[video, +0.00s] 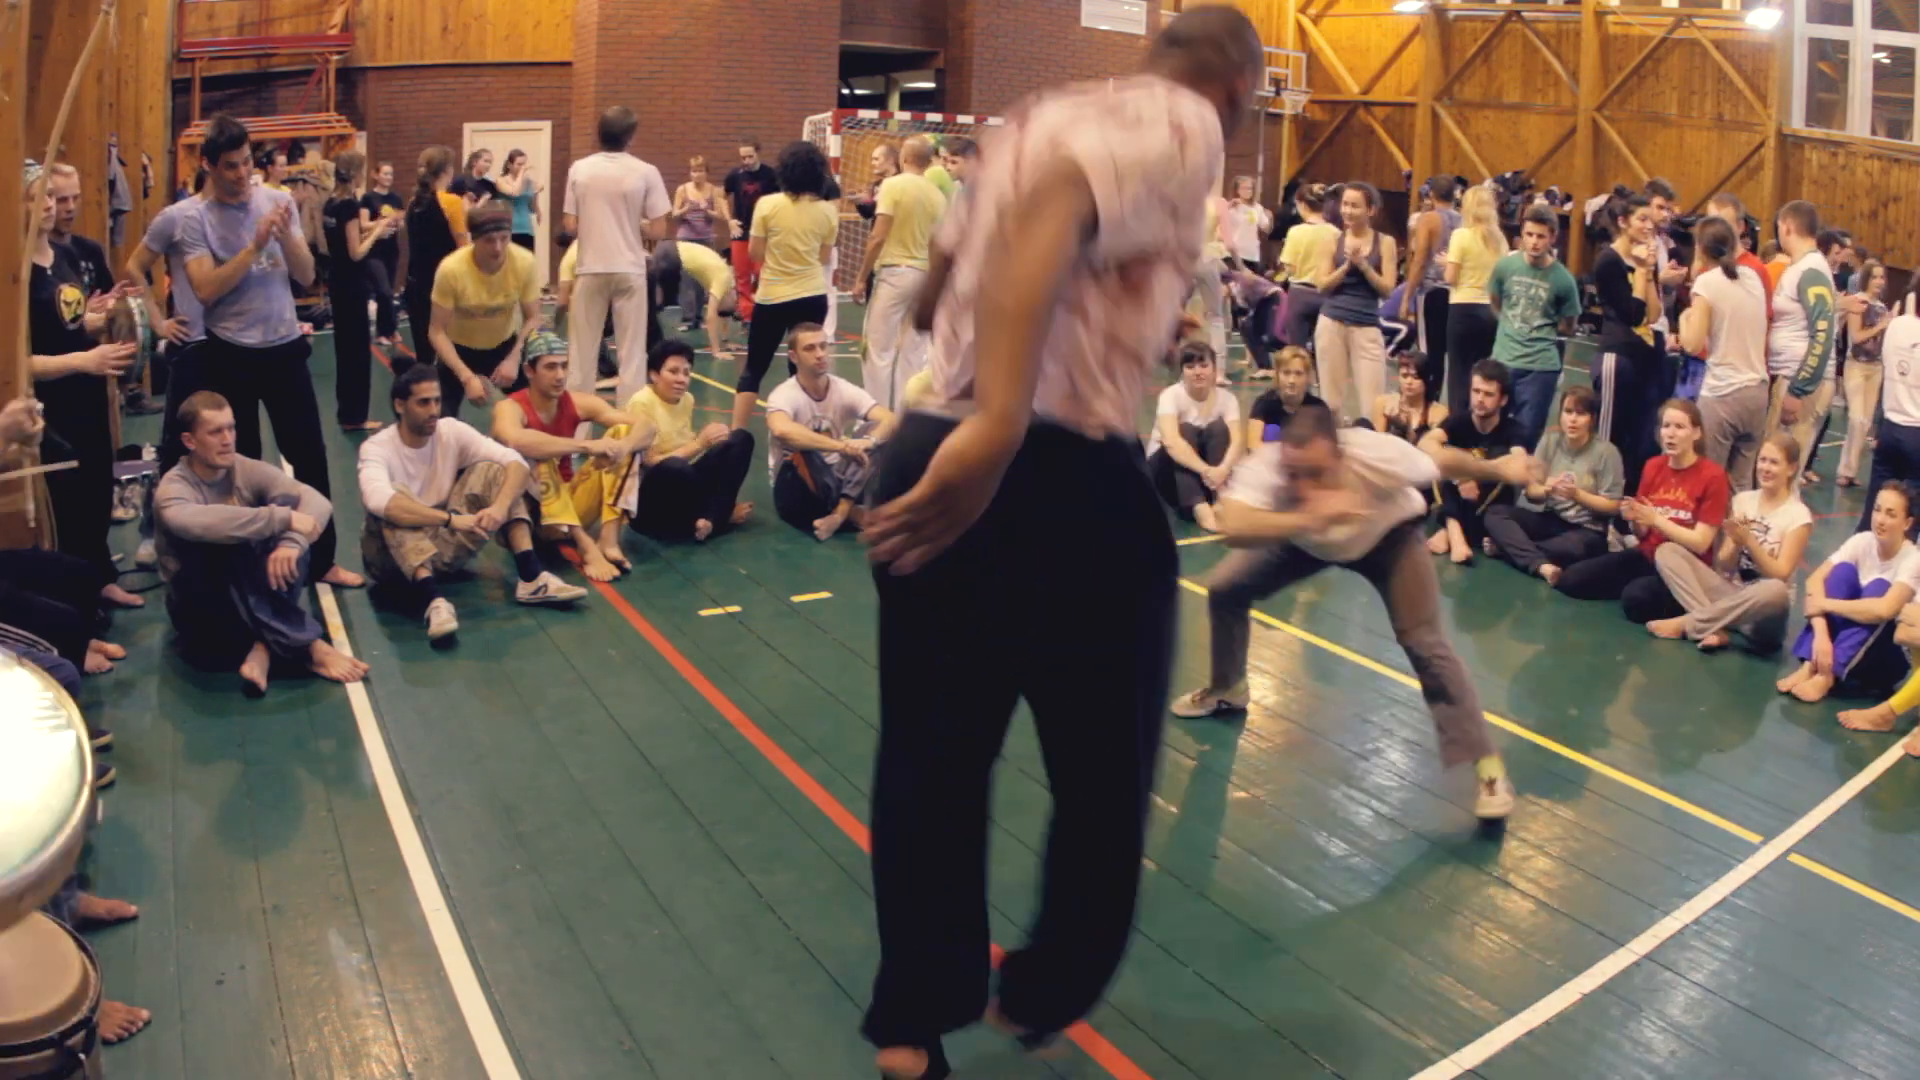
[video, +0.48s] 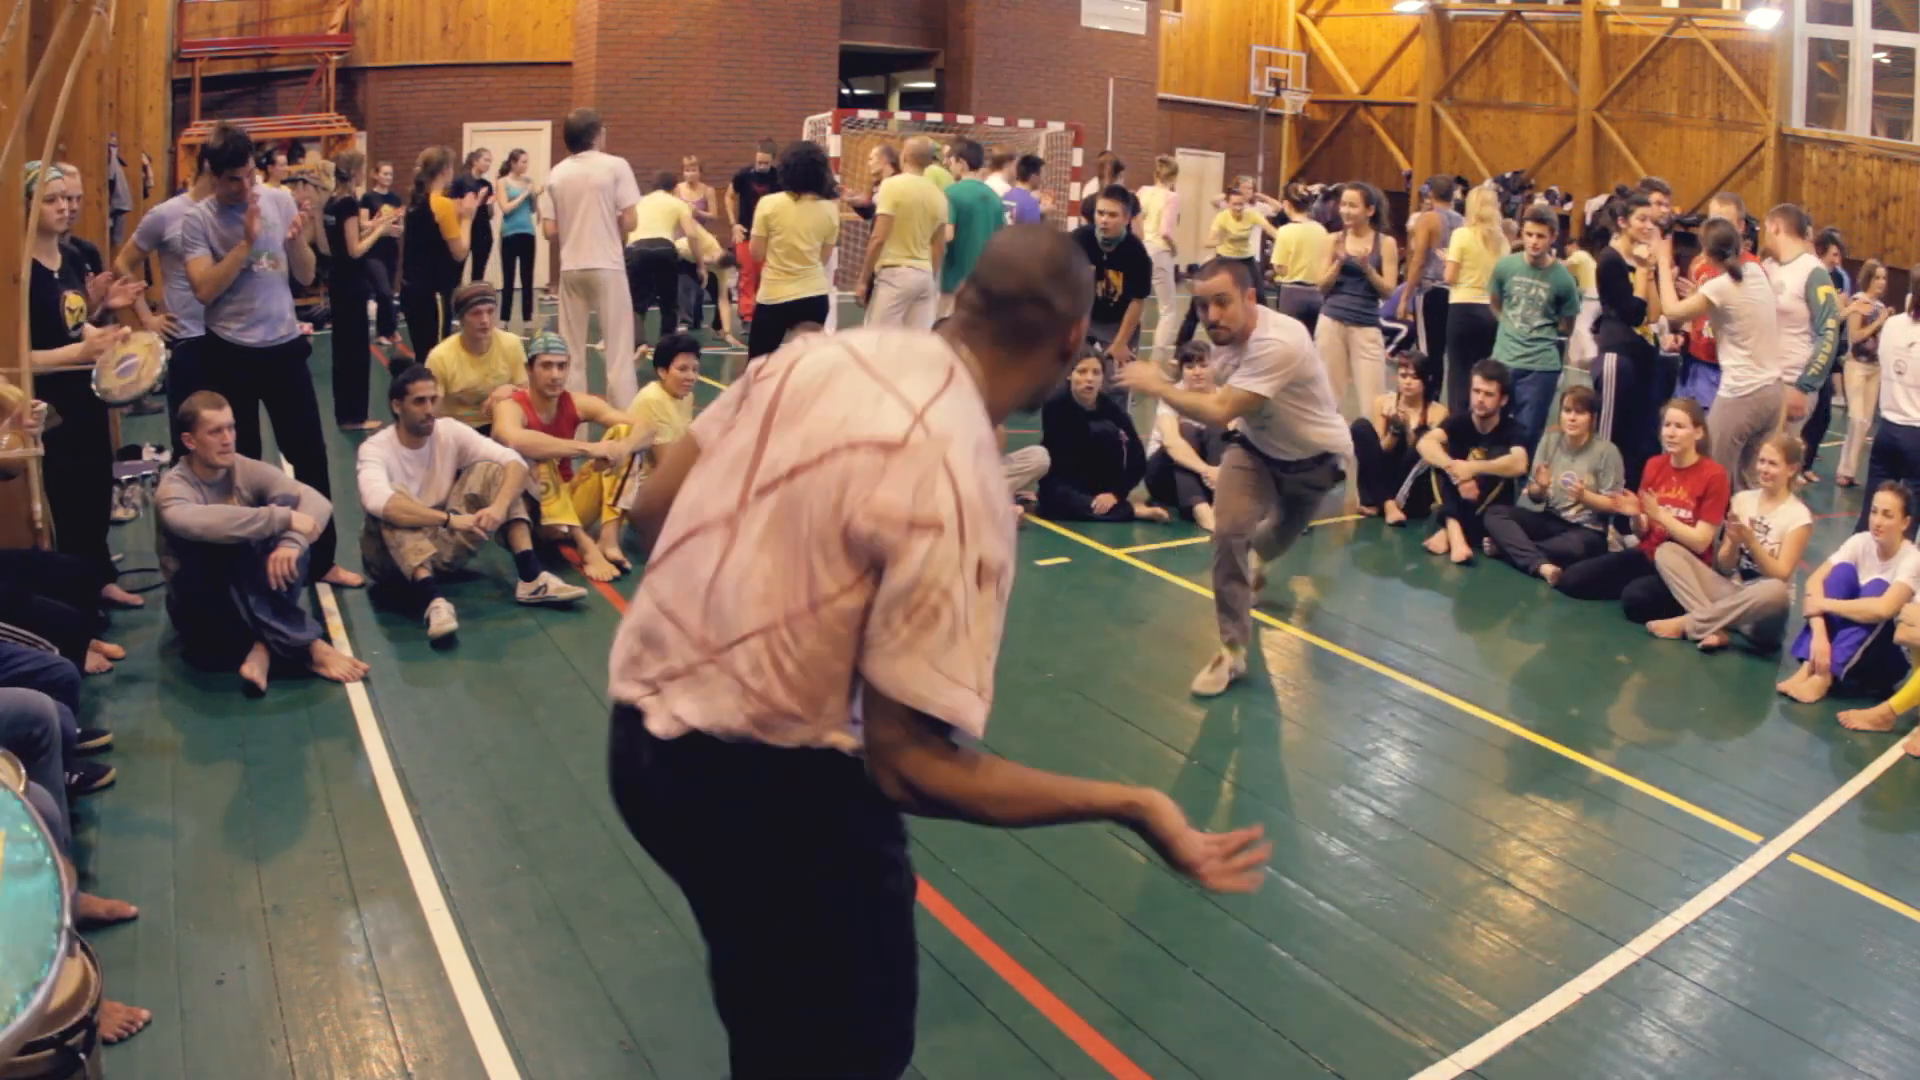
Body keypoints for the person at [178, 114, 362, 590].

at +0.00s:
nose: (243, 173)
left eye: (247, 162)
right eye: (231, 166)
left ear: (253, 158)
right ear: (208, 166)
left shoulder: (275, 200)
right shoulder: (187, 217)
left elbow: (306, 277)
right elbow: (206, 289)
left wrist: (286, 235)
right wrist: (256, 245)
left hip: (284, 349)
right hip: (229, 354)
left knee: (310, 459)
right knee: (241, 463)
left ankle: (322, 564)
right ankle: (252, 568)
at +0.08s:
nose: (242, 175)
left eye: (247, 165)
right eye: (231, 168)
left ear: (253, 160)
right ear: (209, 167)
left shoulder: (274, 201)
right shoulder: (188, 218)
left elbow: (306, 278)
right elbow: (205, 291)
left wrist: (294, 235)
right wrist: (247, 243)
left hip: (284, 349)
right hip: (229, 353)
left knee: (311, 459)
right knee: (241, 463)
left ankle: (322, 564)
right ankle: (251, 569)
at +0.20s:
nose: (242, 180)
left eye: (247, 169)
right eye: (231, 173)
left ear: (254, 163)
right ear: (209, 169)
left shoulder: (274, 201)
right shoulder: (188, 217)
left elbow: (305, 276)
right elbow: (205, 290)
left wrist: (290, 235)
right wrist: (253, 246)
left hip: (284, 348)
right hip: (229, 353)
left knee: (310, 458)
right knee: (242, 461)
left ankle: (322, 564)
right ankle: (252, 567)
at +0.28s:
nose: (242, 184)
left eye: (247, 174)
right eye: (231, 177)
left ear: (254, 165)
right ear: (210, 172)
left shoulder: (276, 201)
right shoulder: (190, 216)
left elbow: (304, 272)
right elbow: (207, 288)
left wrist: (283, 236)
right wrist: (257, 250)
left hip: (284, 347)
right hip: (229, 352)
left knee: (310, 457)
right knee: (242, 460)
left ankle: (322, 563)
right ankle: (252, 566)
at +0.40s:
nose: (243, 186)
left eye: (248, 176)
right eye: (232, 179)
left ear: (255, 167)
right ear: (211, 175)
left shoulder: (275, 201)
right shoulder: (193, 218)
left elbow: (306, 275)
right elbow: (204, 288)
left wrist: (291, 237)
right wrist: (253, 243)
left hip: (284, 347)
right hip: (230, 351)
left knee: (310, 457)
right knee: (242, 459)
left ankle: (322, 564)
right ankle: (252, 566)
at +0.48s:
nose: (244, 187)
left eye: (249, 177)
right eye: (233, 180)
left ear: (255, 168)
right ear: (211, 175)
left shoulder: (277, 201)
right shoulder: (194, 219)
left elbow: (306, 276)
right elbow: (204, 290)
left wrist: (296, 243)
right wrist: (246, 242)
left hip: (284, 347)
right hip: (229, 352)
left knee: (310, 458)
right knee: (242, 460)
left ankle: (322, 564)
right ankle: (252, 567)